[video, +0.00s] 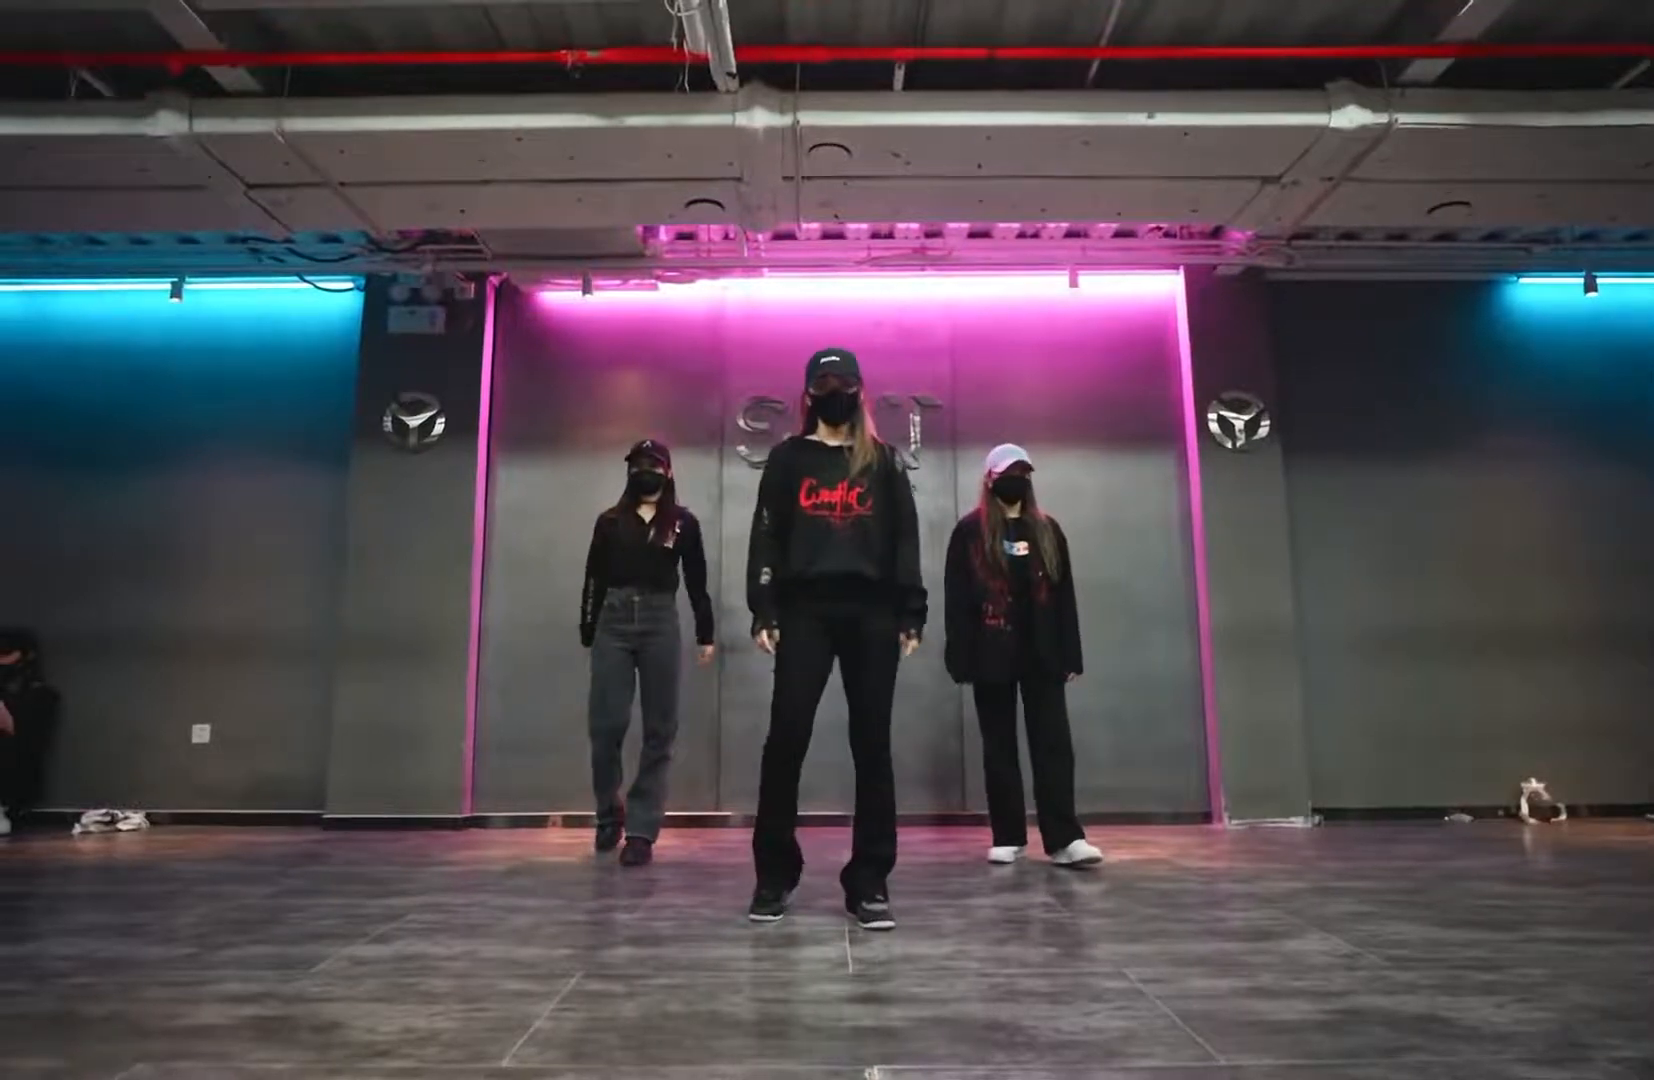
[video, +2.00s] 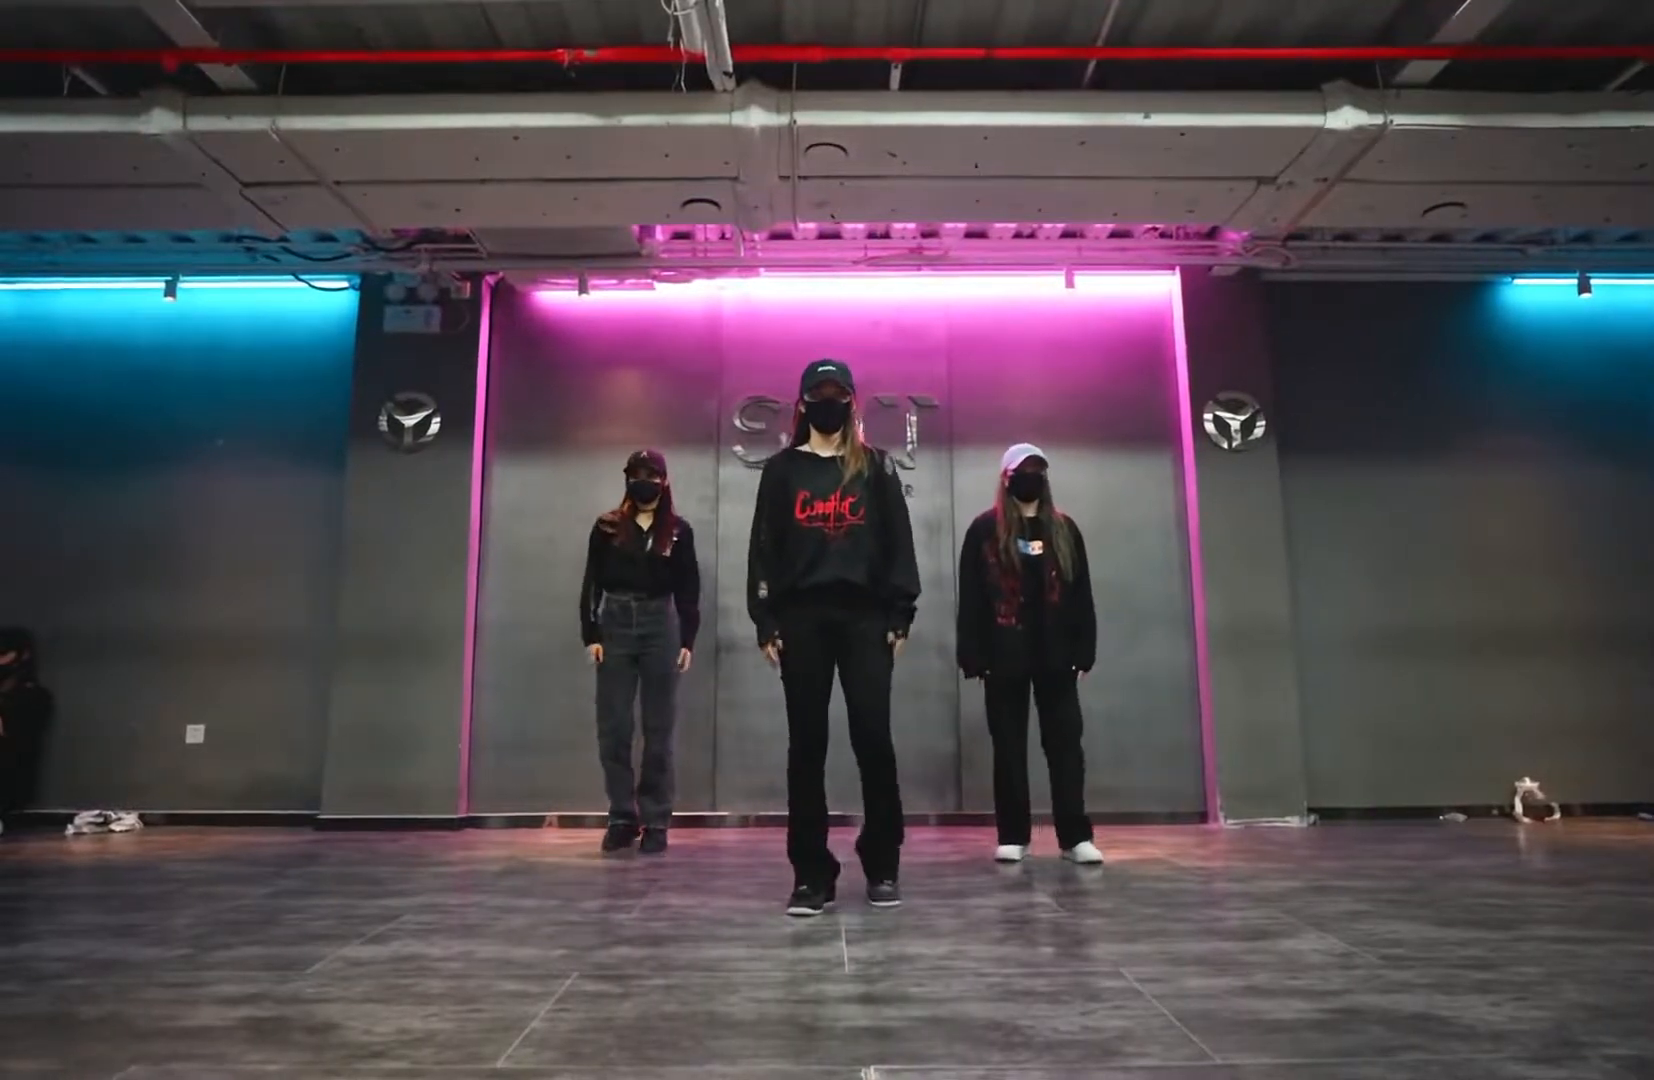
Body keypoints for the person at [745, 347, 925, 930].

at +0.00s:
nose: (835, 392)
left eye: (844, 384)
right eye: (825, 384)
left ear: (858, 390)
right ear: (810, 391)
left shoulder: (883, 461)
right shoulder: (787, 458)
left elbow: (906, 542)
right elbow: (764, 539)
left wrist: (910, 613)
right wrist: (763, 610)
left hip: (873, 618)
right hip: (804, 616)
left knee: (872, 749)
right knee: (785, 744)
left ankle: (869, 884)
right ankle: (773, 878)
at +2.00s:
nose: (830, 402)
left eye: (838, 393)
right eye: (820, 393)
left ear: (852, 399)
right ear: (804, 401)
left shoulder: (875, 467)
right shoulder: (781, 468)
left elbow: (900, 548)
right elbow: (761, 551)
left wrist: (899, 617)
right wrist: (765, 621)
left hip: (866, 620)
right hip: (800, 620)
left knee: (872, 742)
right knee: (807, 748)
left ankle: (883, 869)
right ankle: (812, 877)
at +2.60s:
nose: (824, 413)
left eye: (834, 403)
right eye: (814, 403)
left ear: (847, 410)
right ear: (798, 410)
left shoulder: (865, 479)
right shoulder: (772, 475)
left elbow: (909, 532)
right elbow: (748, 544)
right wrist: (694, 564)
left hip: (853, 643)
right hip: (786, 641)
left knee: (871, 763)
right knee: (734, 741)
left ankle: (880, 874)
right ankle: (721, 871)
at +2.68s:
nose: (813, 422)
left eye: (823, 412)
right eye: (803, 411)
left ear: (839, 421)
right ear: (788, 418)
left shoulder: (845, 485)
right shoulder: (763, 485)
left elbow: (837, 537)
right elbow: (710, 546)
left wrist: (782, 536)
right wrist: (646, 561)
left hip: (845, 650)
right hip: (779, 651)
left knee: (869, 765)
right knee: (719, 759)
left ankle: (882, 873)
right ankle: (653, 892)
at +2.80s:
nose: (768, 422)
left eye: (778, 412)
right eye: (757, 413)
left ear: (797, 420)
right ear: (743, 425)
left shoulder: (829, 487)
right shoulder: (733, 493)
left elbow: (853, 548)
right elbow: (698, 562)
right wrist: (652, 577)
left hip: (827, 655)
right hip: (760, 656)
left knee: (869, 771)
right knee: (702, 768)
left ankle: (881, 864)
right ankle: (635, 908)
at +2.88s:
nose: (772, 423)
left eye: (782, 413)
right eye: (760, 412)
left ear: (800, 421)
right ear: (743, 421)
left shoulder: (826, 493)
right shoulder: (727, 488)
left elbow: (901, 552)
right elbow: (713, 561)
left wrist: (962, 555)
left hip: (821, 665)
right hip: (751, 666)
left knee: (903, 759)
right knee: (704, 776)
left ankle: (868, 858)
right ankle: (635, 909)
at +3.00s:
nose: (848, 435)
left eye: (851, 424)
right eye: (839, 423)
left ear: (837, 426)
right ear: (806, 419)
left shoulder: (824, 487)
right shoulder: (777, 475)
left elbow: (866, 547)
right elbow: (763, 541)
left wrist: (940, 539)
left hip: (811, 661)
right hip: (762, 660)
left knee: (914, 742)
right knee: (730, 788)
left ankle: (873, 901)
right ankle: (635, 912)